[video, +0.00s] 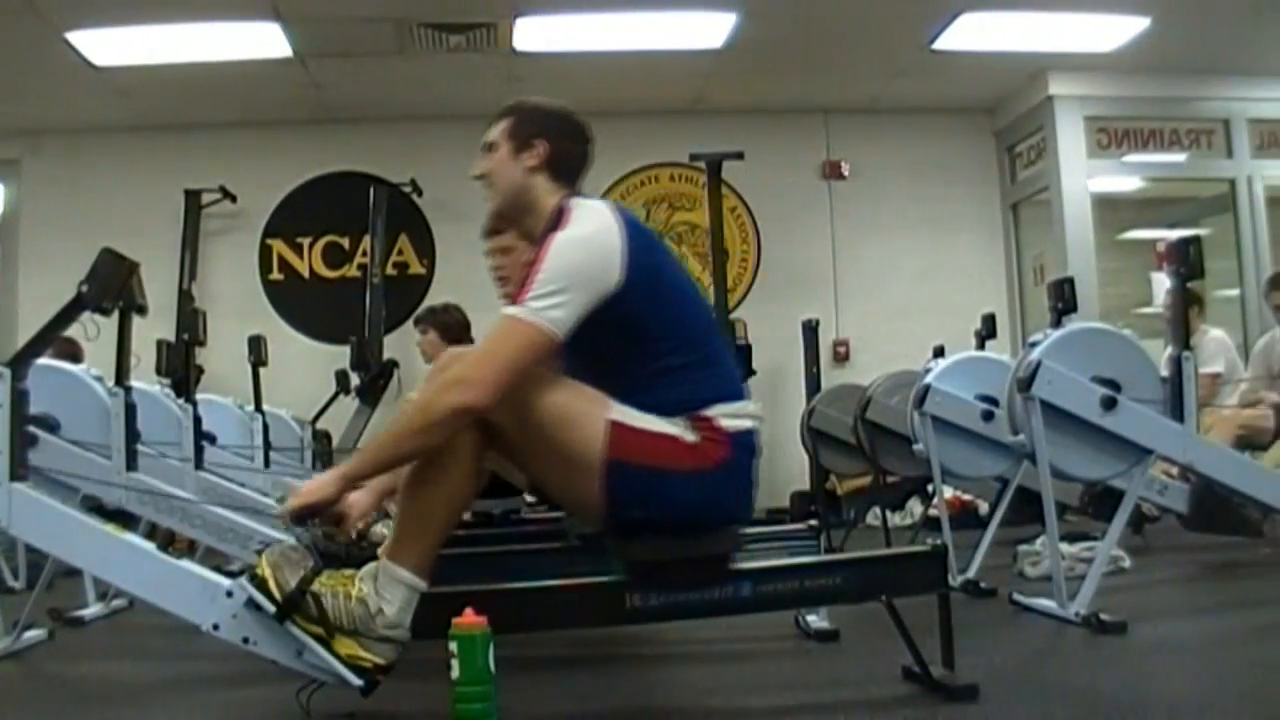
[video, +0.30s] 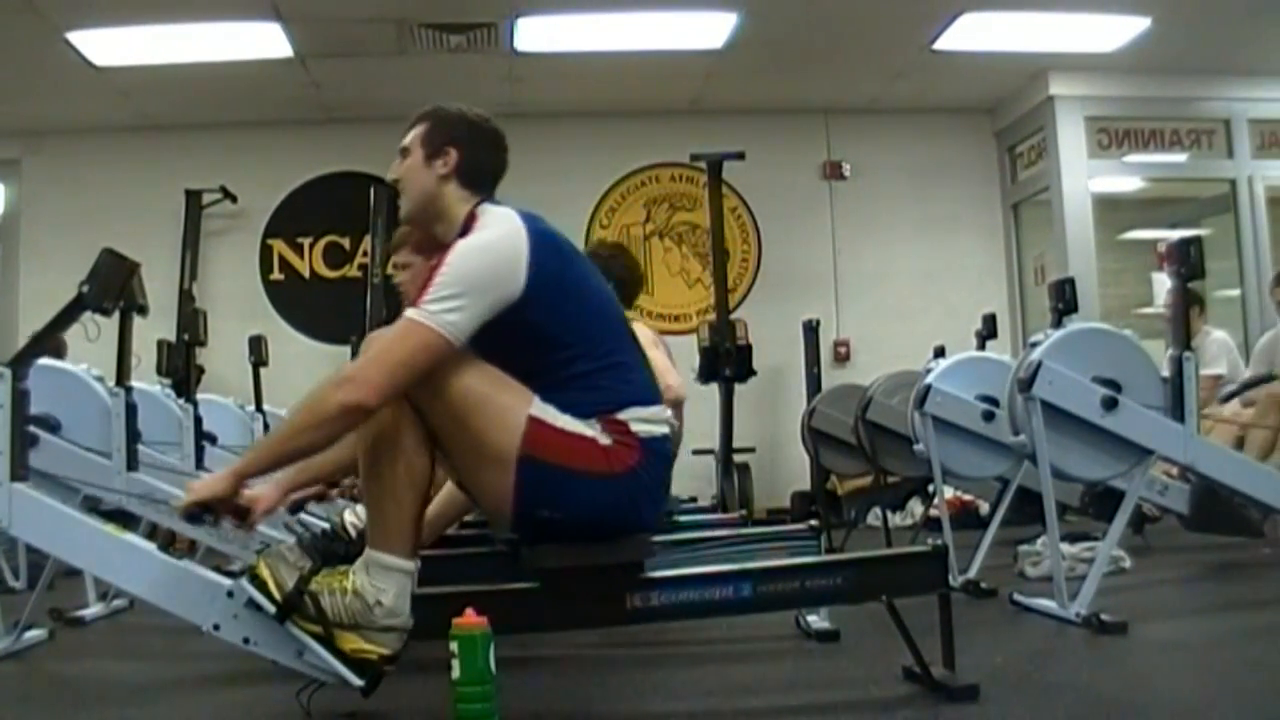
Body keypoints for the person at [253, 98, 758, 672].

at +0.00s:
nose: (479, 168)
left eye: (491, 151)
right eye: (482, 154)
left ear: (536, 157)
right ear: (535, 161)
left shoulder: (591, 234)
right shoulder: (570, 241)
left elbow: (469, 390)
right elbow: (477, 391)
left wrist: (341, 475)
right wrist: (373, 493)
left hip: (700, 462)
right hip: (670, 458)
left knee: (467, 382)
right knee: (465, 398)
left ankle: (385, 603)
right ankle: (384, 601)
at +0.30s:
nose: (393, 174)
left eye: (405, 156)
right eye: (397, 158)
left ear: (446, 163)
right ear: (451, 167)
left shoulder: (498, 242)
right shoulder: (493, 245)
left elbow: (364, 393)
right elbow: (391, 413)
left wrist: (232, 474)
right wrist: (280, 490)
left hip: (609, 471)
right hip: (596, 466)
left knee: (387, 356)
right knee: (402, 365)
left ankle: (382, 593)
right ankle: (385, 590)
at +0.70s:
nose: (452, 151)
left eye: (470, 136)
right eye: (459, 137)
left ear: (513, 148)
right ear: (510, 153)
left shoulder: (547, 229)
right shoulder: (510, 243)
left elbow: (396, 376)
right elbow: (397, 375)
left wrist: (257, 433)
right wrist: (279, 447)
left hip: (645, 469)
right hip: (609, 464)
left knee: (428, 358)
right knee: (416, 359)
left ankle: (386, 589)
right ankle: (378, 568)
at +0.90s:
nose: (543, 138)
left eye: (561, 123)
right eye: (550, 124)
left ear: (606, 140)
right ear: (598, 144)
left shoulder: (639, 225)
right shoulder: (603, 235)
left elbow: (502, 373)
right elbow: (500, 357)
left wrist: (345, 425)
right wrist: (369, 412)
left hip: (716, 458)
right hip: (674, 448)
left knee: (489, 362)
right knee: (474, 336)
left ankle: (391, 594)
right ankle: (389, 571)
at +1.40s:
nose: (765, 132)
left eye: (779, 116)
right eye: (769, 118)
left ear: (828, 123)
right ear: (820, 129)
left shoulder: (869, 209)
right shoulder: (822, 226)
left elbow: (732, 333)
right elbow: (719, 332)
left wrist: (576, 369)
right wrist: (581, 376)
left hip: (877, 446)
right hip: (836, 440)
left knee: (617, 487)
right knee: (605, 486)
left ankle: (400, 608)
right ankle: (395, 599)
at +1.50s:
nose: (799, 133)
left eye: (814, 117)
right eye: (802, 119)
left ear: (864, 125)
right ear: (846, 129)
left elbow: (783, 335)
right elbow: (753, 340)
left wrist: (621, 361)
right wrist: (619, 374)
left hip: (888, 444)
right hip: (837, 437)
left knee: (637, 507)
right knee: (617, 501)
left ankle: (400, 610)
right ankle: (398, 600)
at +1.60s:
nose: (822, 129)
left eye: (836, 115)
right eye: (826, 115)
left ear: (884, 124)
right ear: (873, 127)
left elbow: (837, 344)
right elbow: (789, 338)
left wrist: (662, 363)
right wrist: (665, 366)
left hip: (888, 441)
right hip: (830, 434)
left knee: (635, 525)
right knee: (609, 517)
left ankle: (396, 611)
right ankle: (397, 602)